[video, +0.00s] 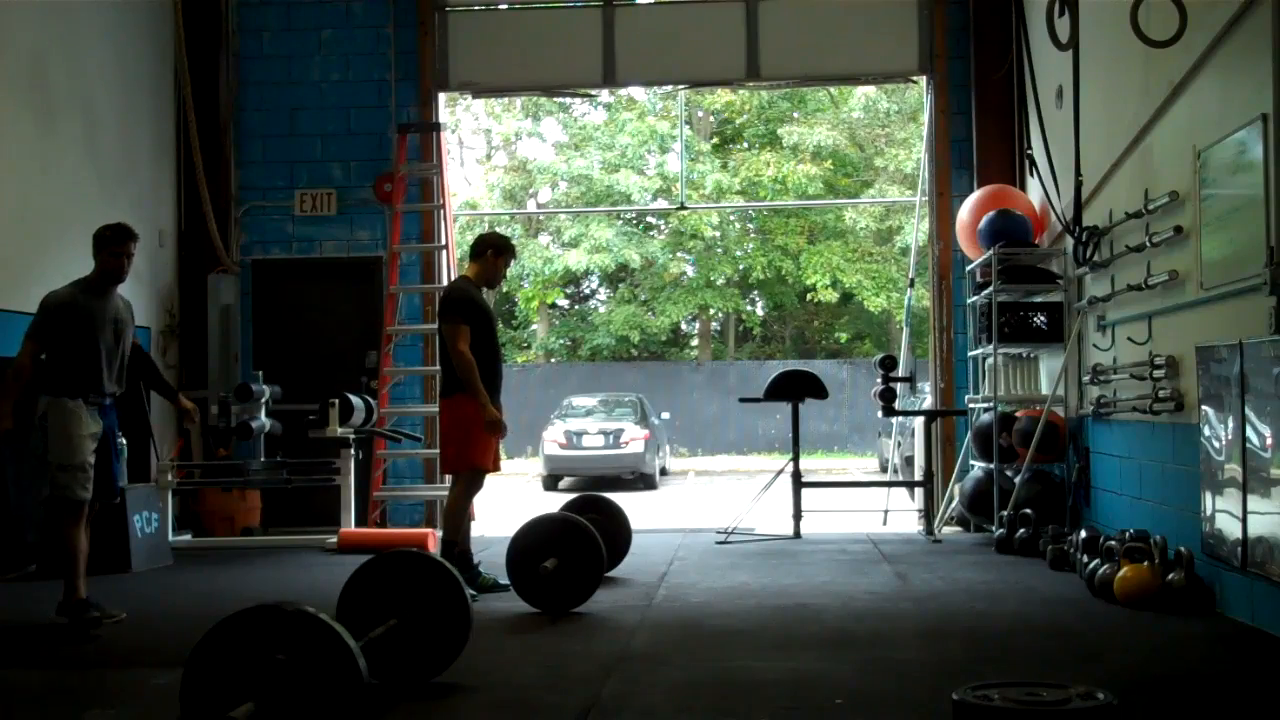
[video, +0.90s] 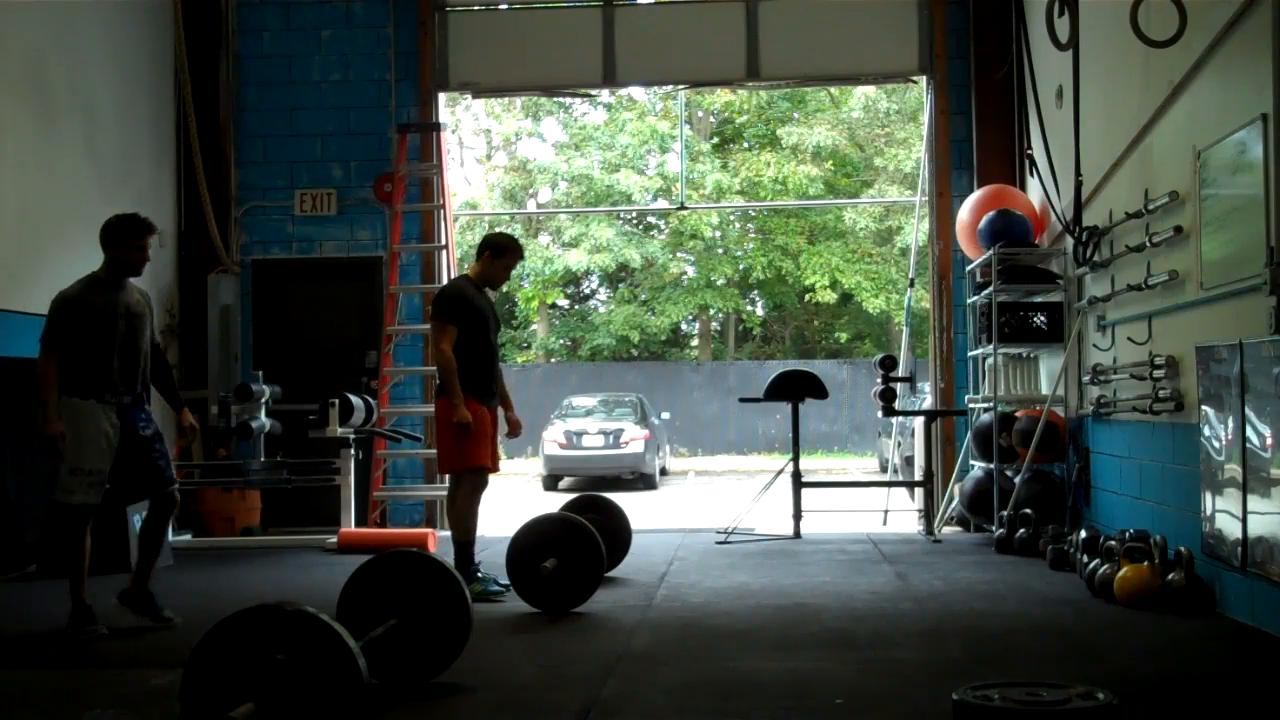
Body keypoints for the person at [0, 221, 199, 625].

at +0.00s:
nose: (126, 263)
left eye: (130, 256)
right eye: (119, 255)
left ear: (132, 259)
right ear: (99, 255)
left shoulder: (122, 309)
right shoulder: (60, 302)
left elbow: (134, 359)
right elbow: (28, 358)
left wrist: (175, 396)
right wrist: (12, 408)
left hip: (104, 413)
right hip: (69, 412)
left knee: (90, 505)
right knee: (75, 505)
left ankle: (77, 597)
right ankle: (75, 600)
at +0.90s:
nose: (148, 256)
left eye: (149, 248)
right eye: (141, 248)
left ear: (135, 250)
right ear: (116, 248)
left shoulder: (140, 299)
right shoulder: (72, 300)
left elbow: (155, 360)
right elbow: (48, 362)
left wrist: (180, 407)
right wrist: (51, 417)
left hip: (135, 417)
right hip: (86, 419)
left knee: (166, 498)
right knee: (82, 511)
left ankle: (139, 589)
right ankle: (79, 605)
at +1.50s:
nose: (225, 255)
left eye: (229, 247)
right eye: (218, 247)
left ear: (230, 248)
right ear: (196, 245)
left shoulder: (226, 298)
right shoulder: (157, 292)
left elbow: (241, 361)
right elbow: (129, 358)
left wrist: (260, 409)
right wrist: (135, 411)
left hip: (210, 413)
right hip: (165, 410)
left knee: (201, 511)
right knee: (173, 505)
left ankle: (200, 604)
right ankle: (158, 597)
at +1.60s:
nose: (229, 252)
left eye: (233, 245)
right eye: (221, 245)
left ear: (236, 245)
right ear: (200, 243)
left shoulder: (241, 297)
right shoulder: (163, 293)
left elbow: (261, 357)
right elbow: (133, 356)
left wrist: (288, 405)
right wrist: (130, 412)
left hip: (221, 411)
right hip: (176, 409)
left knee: (209, 509)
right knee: (191, 505)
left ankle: (203, 602)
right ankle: (199, 604)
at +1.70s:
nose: (226, 253)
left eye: (232, 245)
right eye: (218, 245)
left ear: (238, 246)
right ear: (200, 245)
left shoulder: (251, 297)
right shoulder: (169, 295)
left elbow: (274, 359)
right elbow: (137, 359)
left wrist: (307, 402)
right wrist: (127, 418)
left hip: (235, 414)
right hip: (186, 413)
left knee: (216, 510)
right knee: (208, 508)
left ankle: (201, 604)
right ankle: (224, 607)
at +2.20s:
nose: (214, 230)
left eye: (221, 222)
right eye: (205, 223)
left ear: (236, 227)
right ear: (192, 230)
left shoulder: (261, 280)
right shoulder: (175, 288)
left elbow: (288, 345)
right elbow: (158, 361)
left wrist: (314, 400)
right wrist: (169, 418)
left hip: (257, 411)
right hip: (203, 417)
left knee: (276, 508)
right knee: (222, 520)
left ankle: (282, 601)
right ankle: (238, 608)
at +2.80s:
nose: (163, 222)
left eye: (171, 212)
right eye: (156, 214)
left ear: (198, 208)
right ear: (152, 218)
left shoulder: (245, 269)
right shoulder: (151, 277)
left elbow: (275, 341)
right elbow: (123, 349)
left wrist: (279, 397)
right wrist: (82, 408)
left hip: (226, 414)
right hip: (163, 413)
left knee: (225, 529)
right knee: (134, 516)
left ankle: (228, 630)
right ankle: (166, 624)